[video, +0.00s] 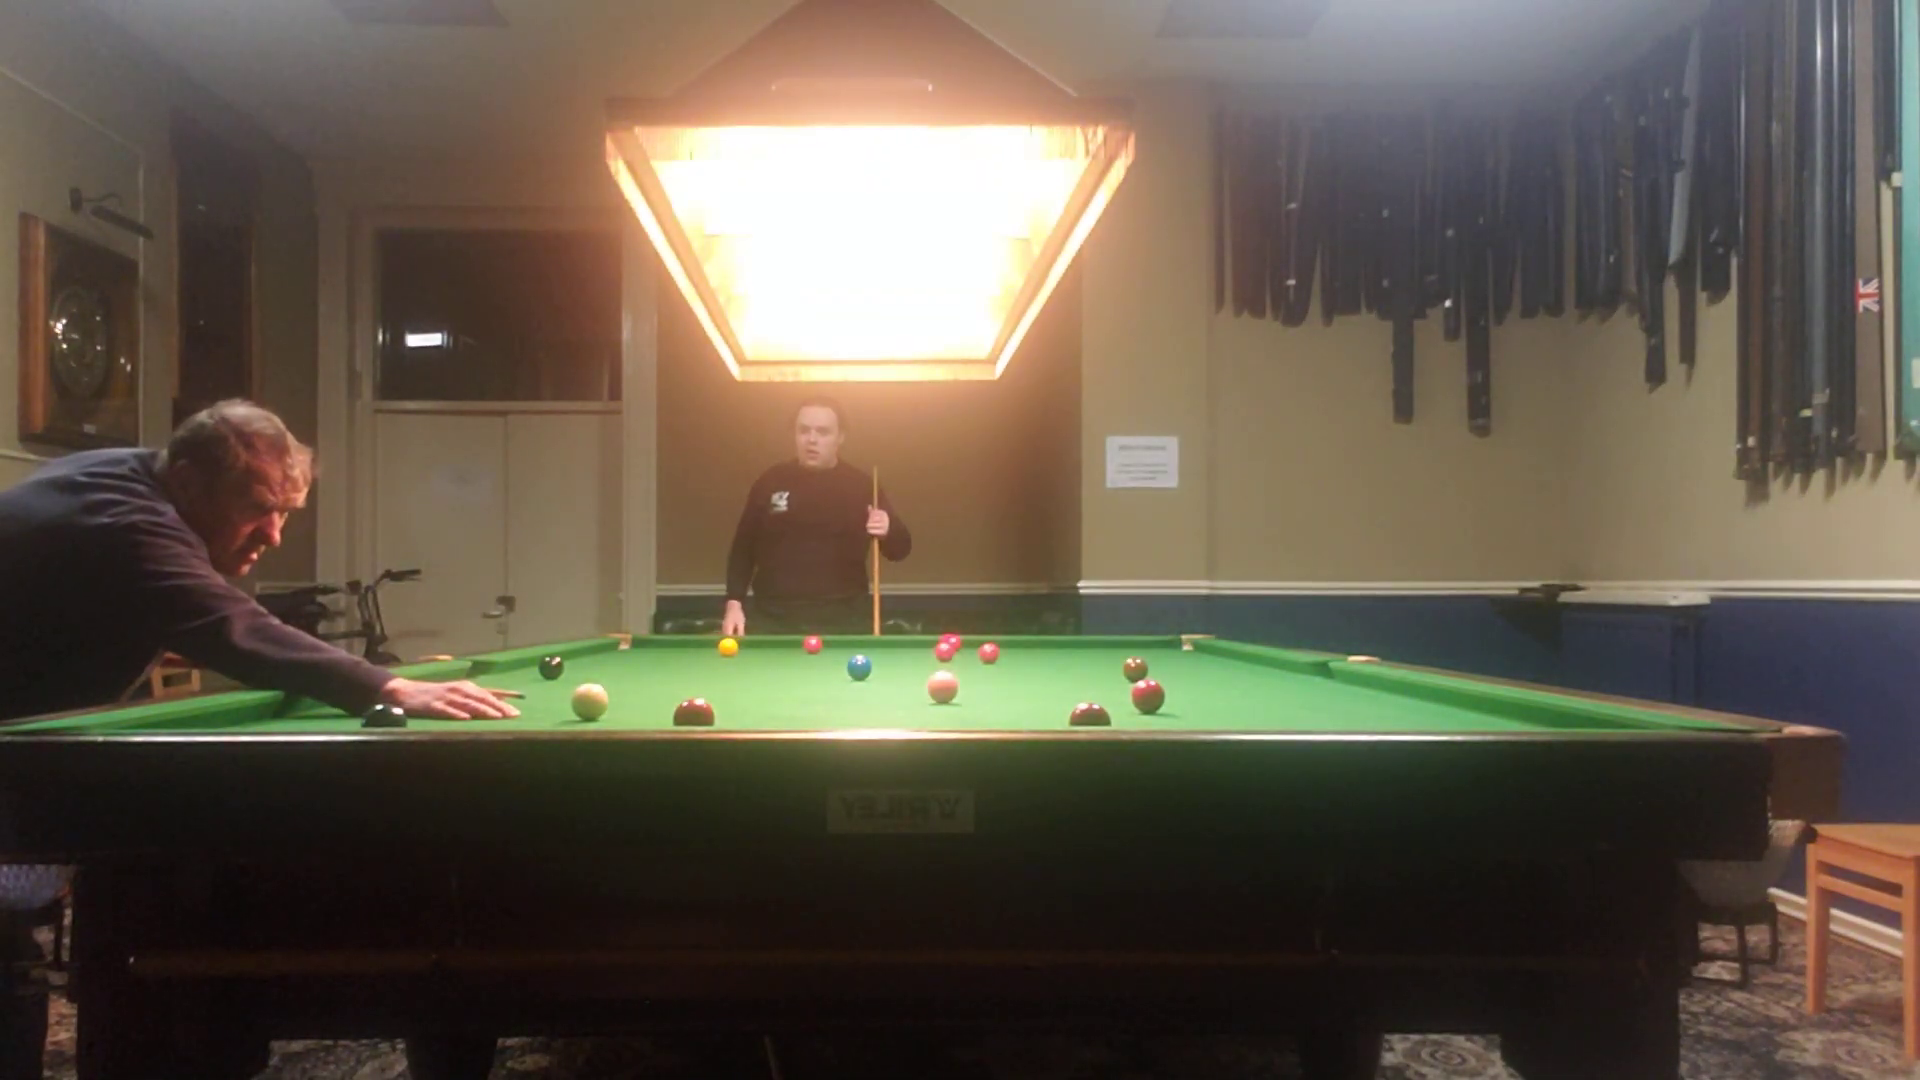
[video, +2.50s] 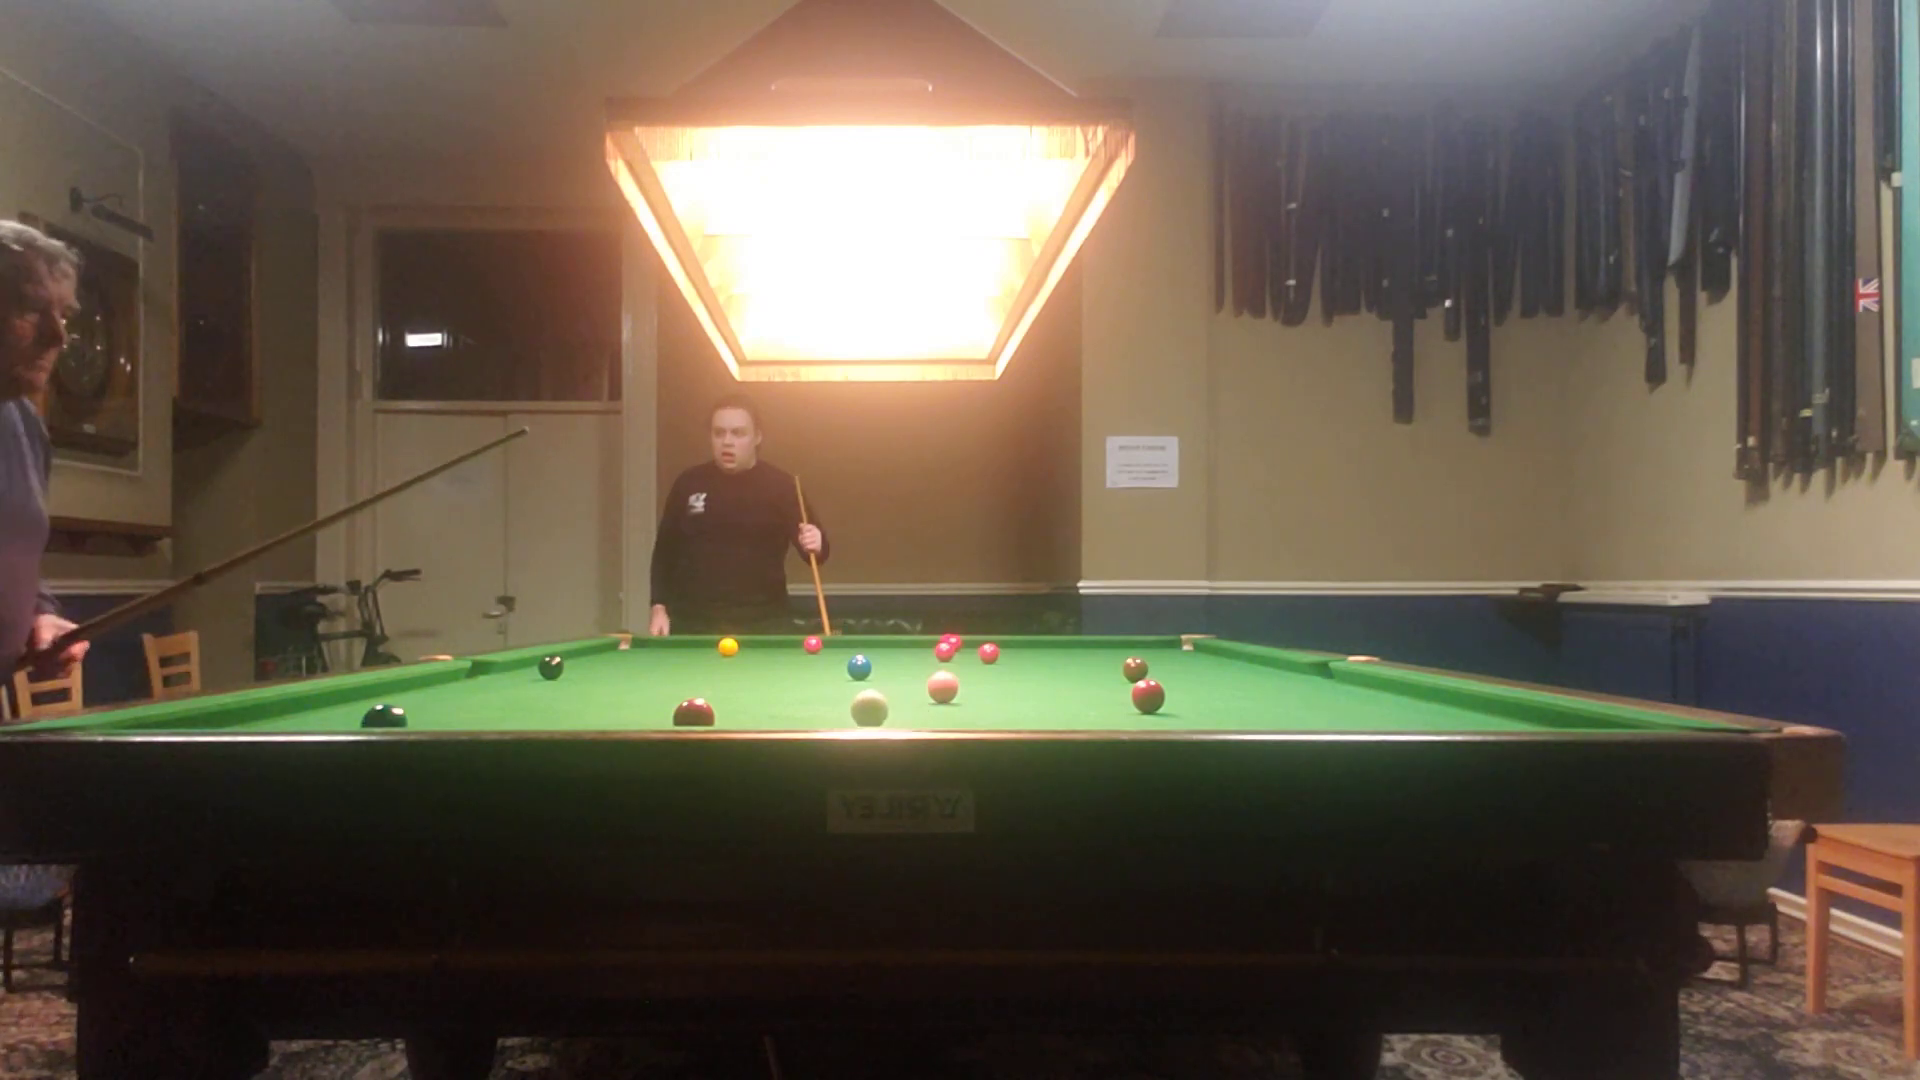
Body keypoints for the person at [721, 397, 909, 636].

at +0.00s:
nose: (812, 439)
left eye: (823, 432)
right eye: (804, 430)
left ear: (840, 438)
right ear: (794, 435)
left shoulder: (862, 486)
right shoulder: (771, 483)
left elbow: (901, 550)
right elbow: (743, 547)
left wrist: (888, 532)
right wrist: (734, 602)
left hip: (843, 620)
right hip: (775, 621)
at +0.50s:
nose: (807, 438)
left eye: (818, 430)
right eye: (800, 429)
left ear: (836, 437)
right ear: (790, 434)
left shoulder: (860, 485)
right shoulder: (768, 485)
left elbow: (893, 550)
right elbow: (743, 552)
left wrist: (881, 538)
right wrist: (734, 608)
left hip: (842, 626)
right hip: (773, 627)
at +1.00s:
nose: (795, 436)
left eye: (806, 429)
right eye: (788, 427)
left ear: (822, 437)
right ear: (776, 433)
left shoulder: (847, 482)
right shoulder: (754, 484)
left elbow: (880, 548)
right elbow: (730, 552)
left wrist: (867, 537)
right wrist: (723, 608)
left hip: (831, 624)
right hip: (761, 625)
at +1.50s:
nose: (753, 431)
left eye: (765, 424)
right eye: (746, 422)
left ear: (781, 433)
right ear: (735, 429)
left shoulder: (808, 482)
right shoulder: (711, 483)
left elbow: (836, 552)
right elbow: (687, 550)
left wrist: (839, 539)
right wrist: (681, 608)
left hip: (792, 627)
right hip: (723, 626)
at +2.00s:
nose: (728, 433)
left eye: (739, 426)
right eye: (720, 425)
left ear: (758, 434)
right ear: (711, 431)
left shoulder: (781, 485)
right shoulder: (686, 485)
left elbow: (809, 550)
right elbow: (662, 551)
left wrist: (821, 543)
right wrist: (655, 609)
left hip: (767, 627)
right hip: (696, 628)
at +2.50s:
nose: (727, 441)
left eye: (738, 433)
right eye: (719, 433)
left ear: (757, 437)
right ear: (711, 437)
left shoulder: (781, 486)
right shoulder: (689, 484)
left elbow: (815, 554)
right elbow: (665, 550)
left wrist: (817, 544)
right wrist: (659, 606)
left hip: (765, 629)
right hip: (695, 630)